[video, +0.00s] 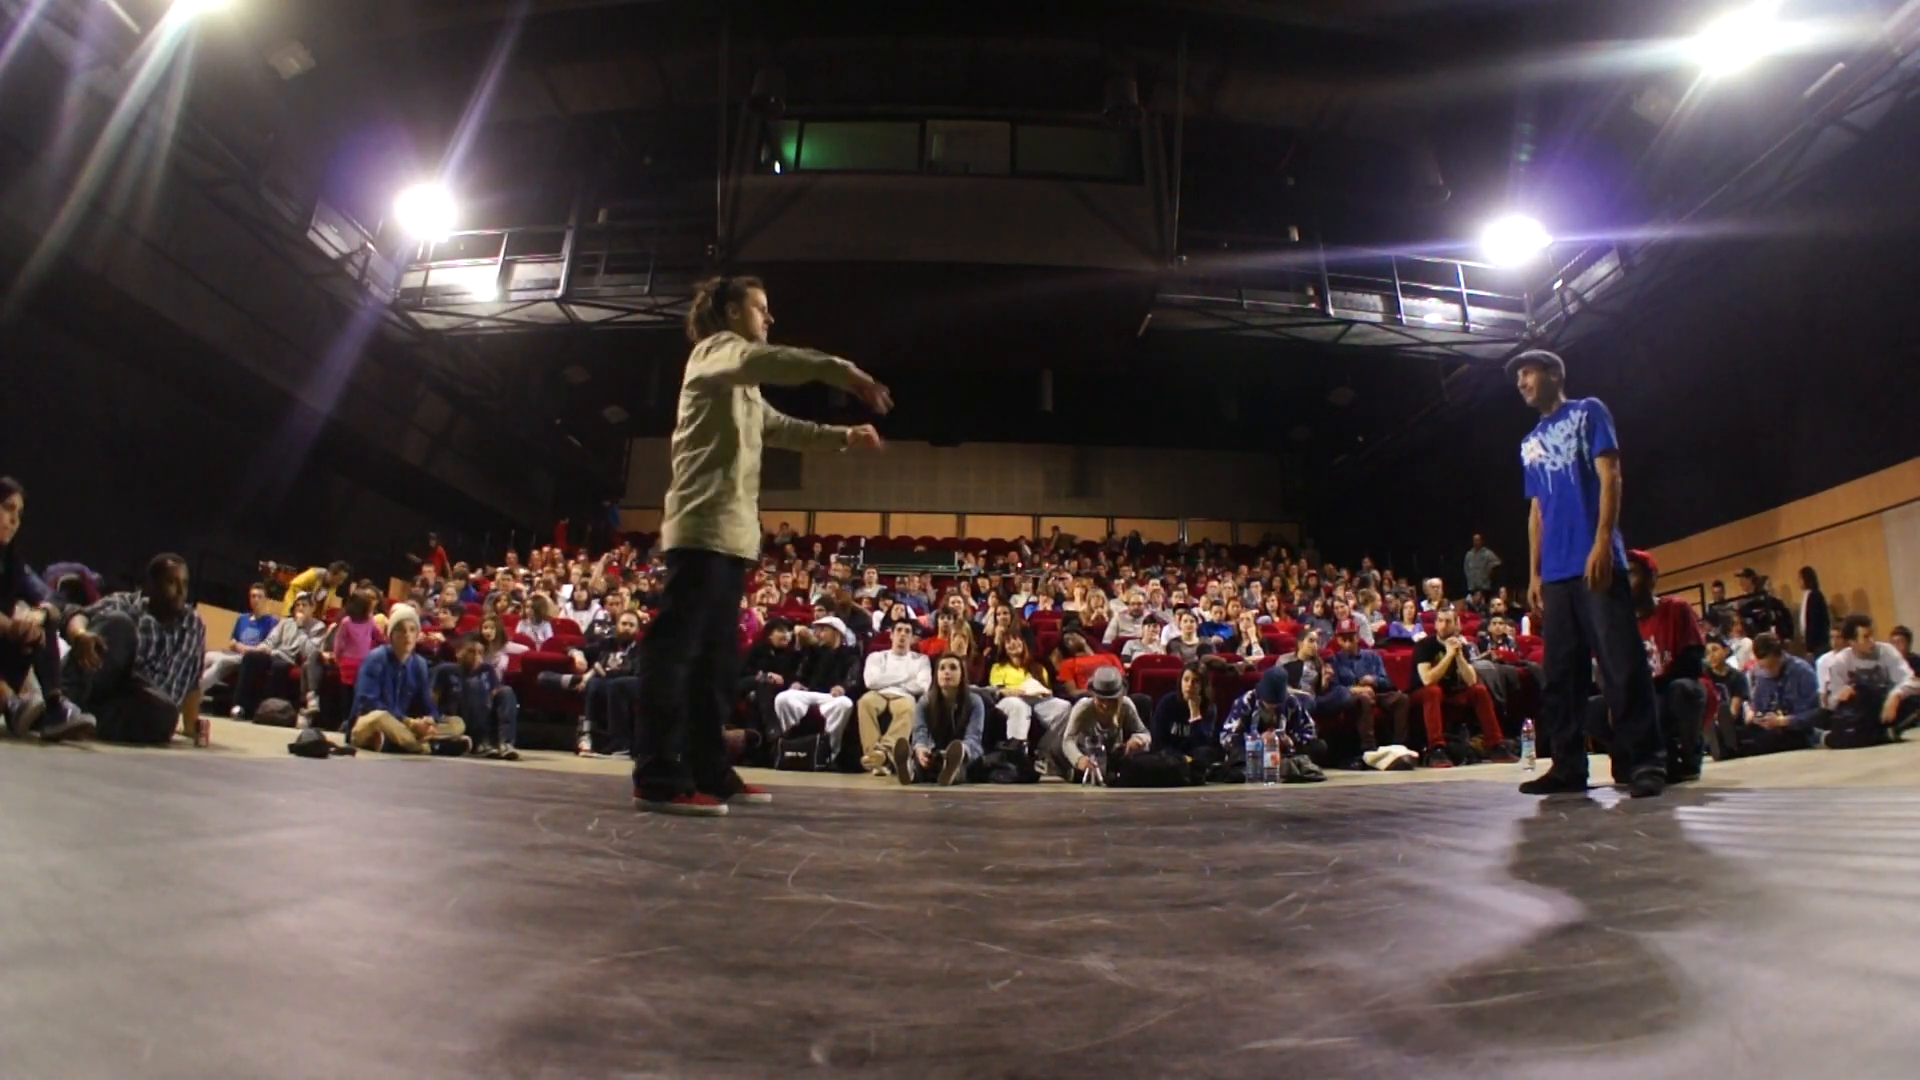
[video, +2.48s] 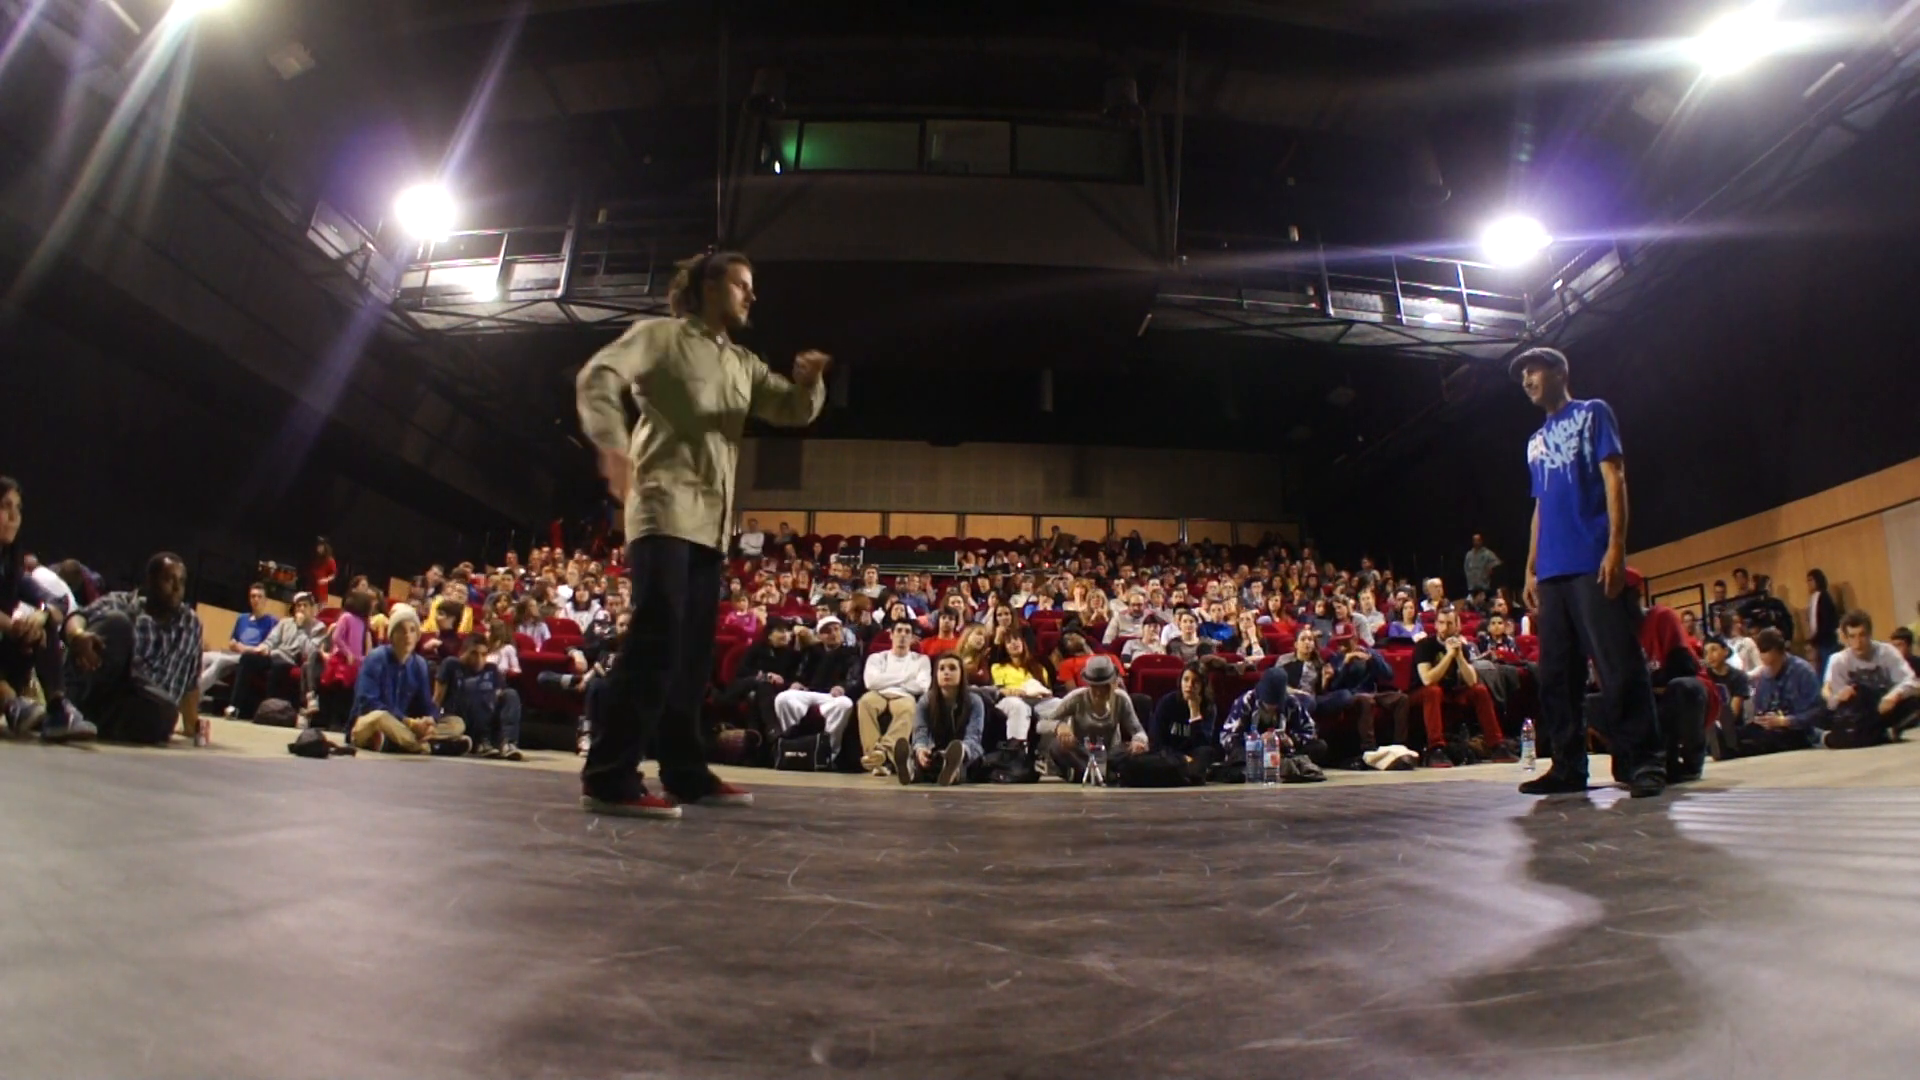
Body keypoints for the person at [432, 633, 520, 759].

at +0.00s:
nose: (475, 657)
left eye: (480, 653)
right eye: (471, 652)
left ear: (483, 656)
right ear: (459, 653)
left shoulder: (487, 670)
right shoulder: (444, 670)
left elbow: (495, 690)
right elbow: (434, 696)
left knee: (506, 692)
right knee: (473, 685)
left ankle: (506, 743)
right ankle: (481, 742)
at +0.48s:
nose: (482, 657)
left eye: (487, 652)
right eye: (478, 651)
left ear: (491, 655)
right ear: (466, 651)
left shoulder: (496, 670)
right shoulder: (450, 669)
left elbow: (503, 695)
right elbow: (434, 696)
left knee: (511, 694)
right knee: (473, 685)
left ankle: (509, 743)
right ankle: (482, 742)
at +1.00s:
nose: (479, 658)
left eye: (484, 653)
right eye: (475, 652)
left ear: (488, 654)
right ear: (467, 652)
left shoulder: (492, 669)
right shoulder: (451, 664)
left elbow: (500, 695)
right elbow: (438, 697)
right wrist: (432, 721)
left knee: (507, 693)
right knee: (473, 684)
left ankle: (507, 743)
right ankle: (482, 742)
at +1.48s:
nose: (478, 659)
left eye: (483, 655)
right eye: (474, 654)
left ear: (488, 655)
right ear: (466, 653)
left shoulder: (491, 670)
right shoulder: (451, 664)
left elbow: (501, 693)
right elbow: (438, 697)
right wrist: (432, 722)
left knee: (508, 694)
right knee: (473, 684)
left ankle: (507, 743)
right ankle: (483, 742)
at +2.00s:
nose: (478, 660)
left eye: (483, 655)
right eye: (474, 654)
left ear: (488, 655)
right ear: (464, 652)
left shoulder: (492, 669)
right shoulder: (450, 665)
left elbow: (498, 695)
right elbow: (438, 698)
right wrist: (430, 722)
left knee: (509, 694)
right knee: (471, 689)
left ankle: (507, 743)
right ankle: (482, 742)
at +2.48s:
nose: (479, 659)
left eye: (484, 654)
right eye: (474, 654)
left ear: (487, 654)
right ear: (465, 653)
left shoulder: (491, 669)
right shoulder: (451, 665)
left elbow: (498, 695)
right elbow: (438, 697)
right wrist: (431, 721)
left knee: (511, 694)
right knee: (478, 698)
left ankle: (508, 743)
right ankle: (483, 742)